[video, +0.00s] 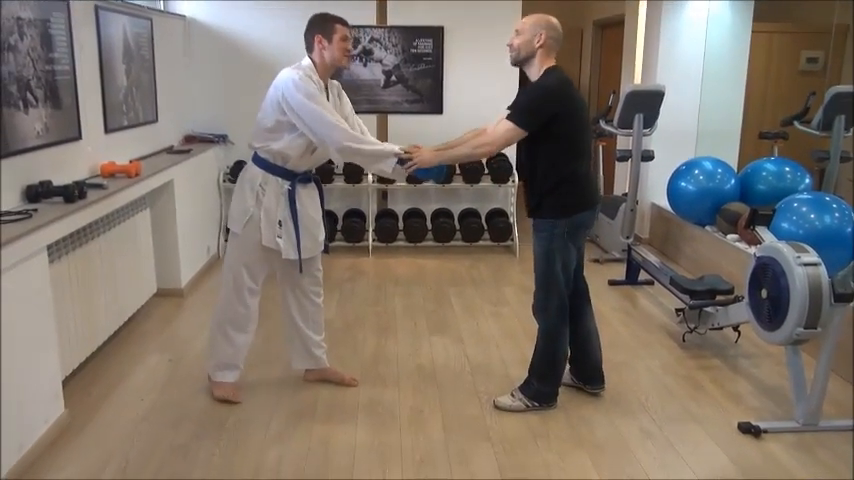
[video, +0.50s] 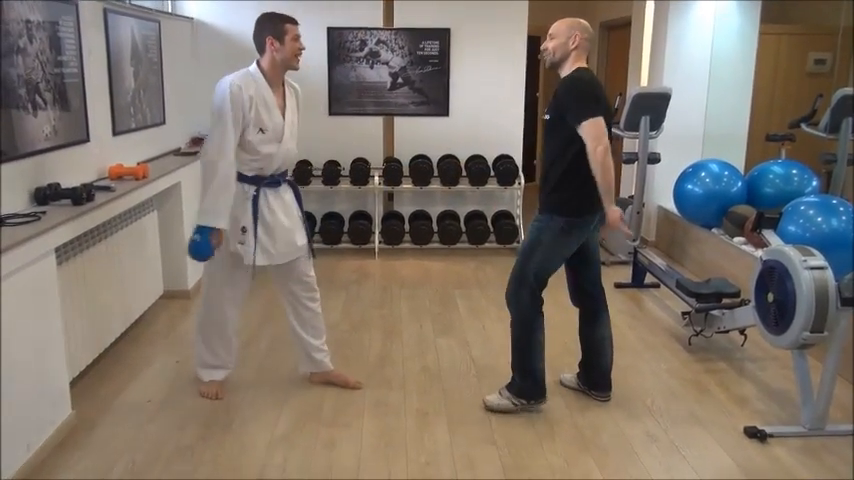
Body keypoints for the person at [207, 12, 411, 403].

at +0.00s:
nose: (350, 49)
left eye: (351, 42)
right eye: (344, 41)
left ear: (331, 46)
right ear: (319, 44)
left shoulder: (335, 91)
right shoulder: (293, 82)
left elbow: (362, 139)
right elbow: (338, 140)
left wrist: (401, 167)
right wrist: (398, 155)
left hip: (303, 192)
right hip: (264, 187)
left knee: (307, 278)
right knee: (244, 281)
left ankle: (314, 364)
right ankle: (223, 372)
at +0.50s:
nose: (302, 47)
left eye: (301, 40)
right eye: (296, 40)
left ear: (276, 45)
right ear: (271, 44)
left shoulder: (293, 92)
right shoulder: (235, 89)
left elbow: (282, 154)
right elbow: (218, 157)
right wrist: (211, 221)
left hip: (281, 196)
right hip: (239, 197)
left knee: (303, 284)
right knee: (225, 289)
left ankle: (318, 365)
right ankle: (211, 371)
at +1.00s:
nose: (316, 63)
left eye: (316, 56)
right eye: (310, 56)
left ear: (296, 58)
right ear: (284, 55)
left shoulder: (311, 99)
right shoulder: (244, 92)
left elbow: (326, 154)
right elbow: (227, 160)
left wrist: (354, 186)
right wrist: (267, 193)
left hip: (286, 200)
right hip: (241, 199)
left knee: (301, 287)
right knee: (221, 288)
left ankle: (310, 372)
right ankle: (205, 375)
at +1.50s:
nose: (270, 67)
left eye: (270, 60)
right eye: (263, 59)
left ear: (252, 63)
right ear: (237, 59)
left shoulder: (270, 108)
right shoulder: (202, 99)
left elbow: (285, 168)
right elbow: (194, 161)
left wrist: (309, 202)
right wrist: (257, 165)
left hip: (262, 211)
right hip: (215, 211)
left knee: (293, 295)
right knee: (200, 300)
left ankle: (311, 378)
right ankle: (184, 381)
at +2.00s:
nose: (284, 82)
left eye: (287, 75)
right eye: (279, 73)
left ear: (267, 73)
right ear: (255, 69)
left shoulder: (286, 111)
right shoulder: (219, 107)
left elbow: (319, 161)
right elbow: (233, 160)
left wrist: (344, 136)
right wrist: (272, 120)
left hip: (286, 215)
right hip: (238, 218)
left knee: (316, 303)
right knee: (212, 304)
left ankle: (332, 379)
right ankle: (189, 385)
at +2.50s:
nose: (277, 93)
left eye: (279, 87)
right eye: (272, 85)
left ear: (276, 87)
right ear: (248, 80)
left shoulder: (279, 121)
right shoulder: (211, 117)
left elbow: (303, 176)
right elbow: (224, 172)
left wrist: (328, 152)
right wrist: (262, 130)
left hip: (278, 222)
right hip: (229, 225)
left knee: (320, 301)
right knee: (203, 312)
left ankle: (334, 385)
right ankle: (183, 391)